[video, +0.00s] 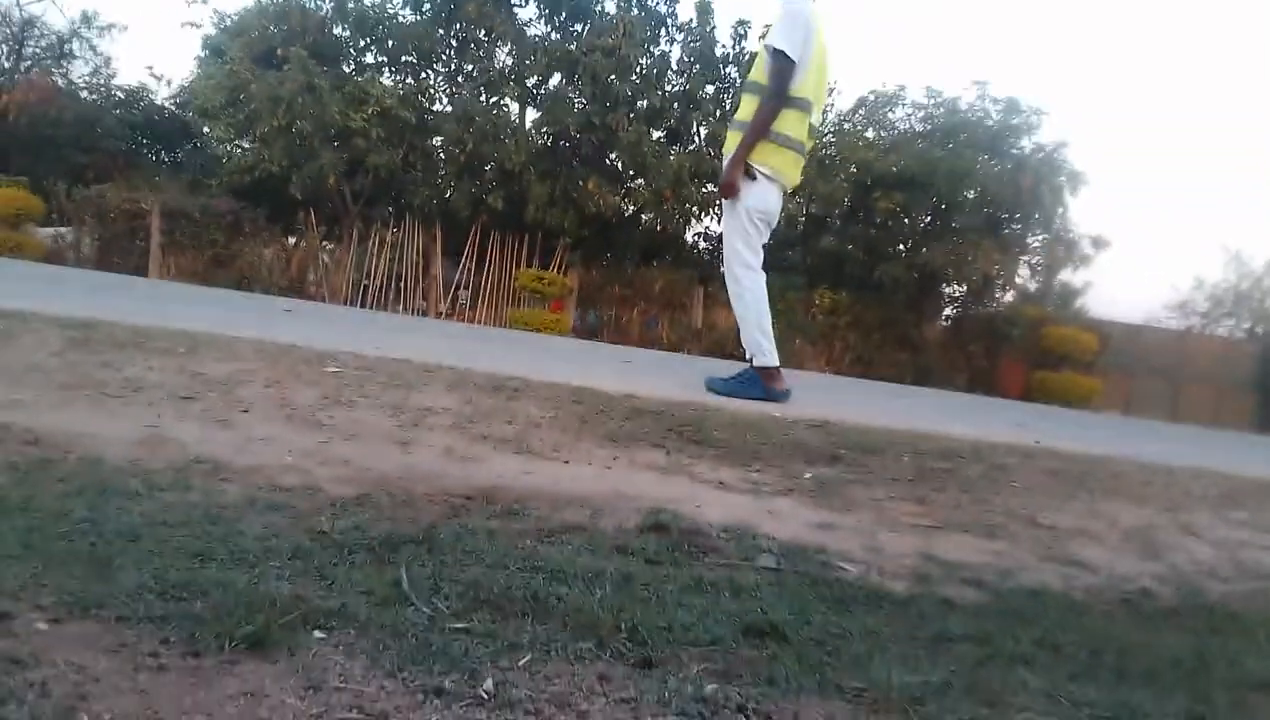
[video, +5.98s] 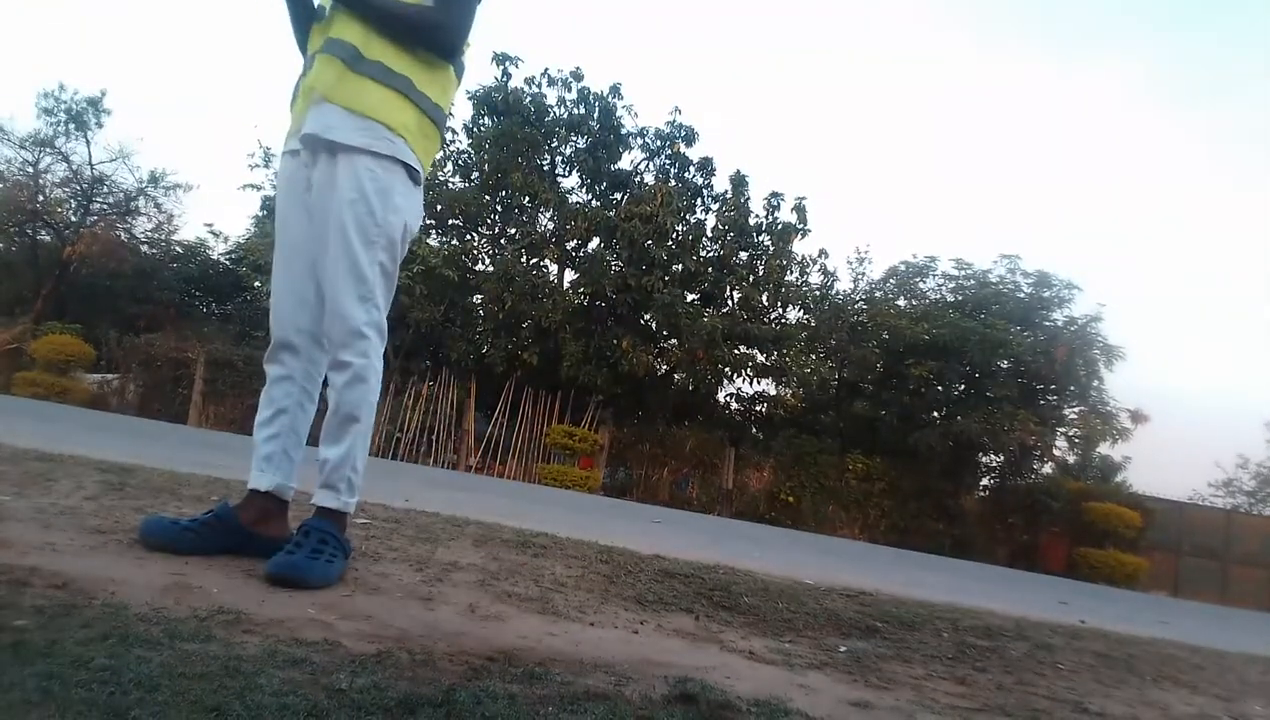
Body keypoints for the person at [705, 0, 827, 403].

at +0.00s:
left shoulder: (796, 15)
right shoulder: (809, 31)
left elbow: (776, 94)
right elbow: (792, 108)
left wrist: (738, 160)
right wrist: (740, 160)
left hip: (756, 175)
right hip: (767, 178)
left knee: (742, 269)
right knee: (744, 269)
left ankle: (766, 372)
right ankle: (761, 368)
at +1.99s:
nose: (792, 35)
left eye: (804, 26)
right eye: (793, 27)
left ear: (832, 36)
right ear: (805, 41)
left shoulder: (858, 89)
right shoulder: (785, 111)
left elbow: (856, 172)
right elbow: (775, 192)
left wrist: (822, 241)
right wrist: (753, 251)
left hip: (827, 241)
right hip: (778, 240)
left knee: (809, 349)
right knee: (766, 343)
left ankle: (799, 461)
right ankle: (761, 455)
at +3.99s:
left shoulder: (780, 32)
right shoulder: (692, 59)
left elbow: (774, 131)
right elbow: (665, 162)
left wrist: (675, 90)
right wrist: (655, 98)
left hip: (721, 205)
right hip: (663, 211)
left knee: (662, 328)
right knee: (667, 360)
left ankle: (732, 471)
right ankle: (669, 525)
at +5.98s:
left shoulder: (450, 10)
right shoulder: (334, 20)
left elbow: (444, 31)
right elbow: (318, 41)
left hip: (379, 144)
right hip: (305, 140)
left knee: (353, 339)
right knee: (291, 336)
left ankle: (328, 523)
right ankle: (262, 509)